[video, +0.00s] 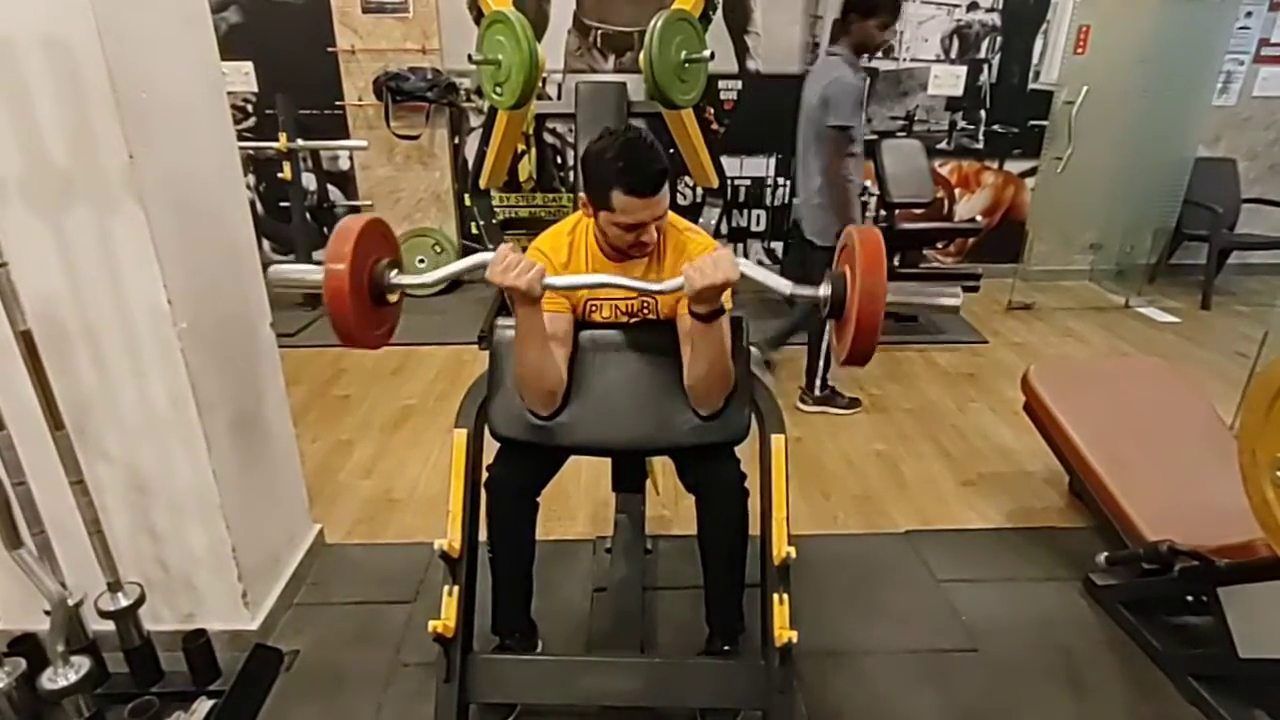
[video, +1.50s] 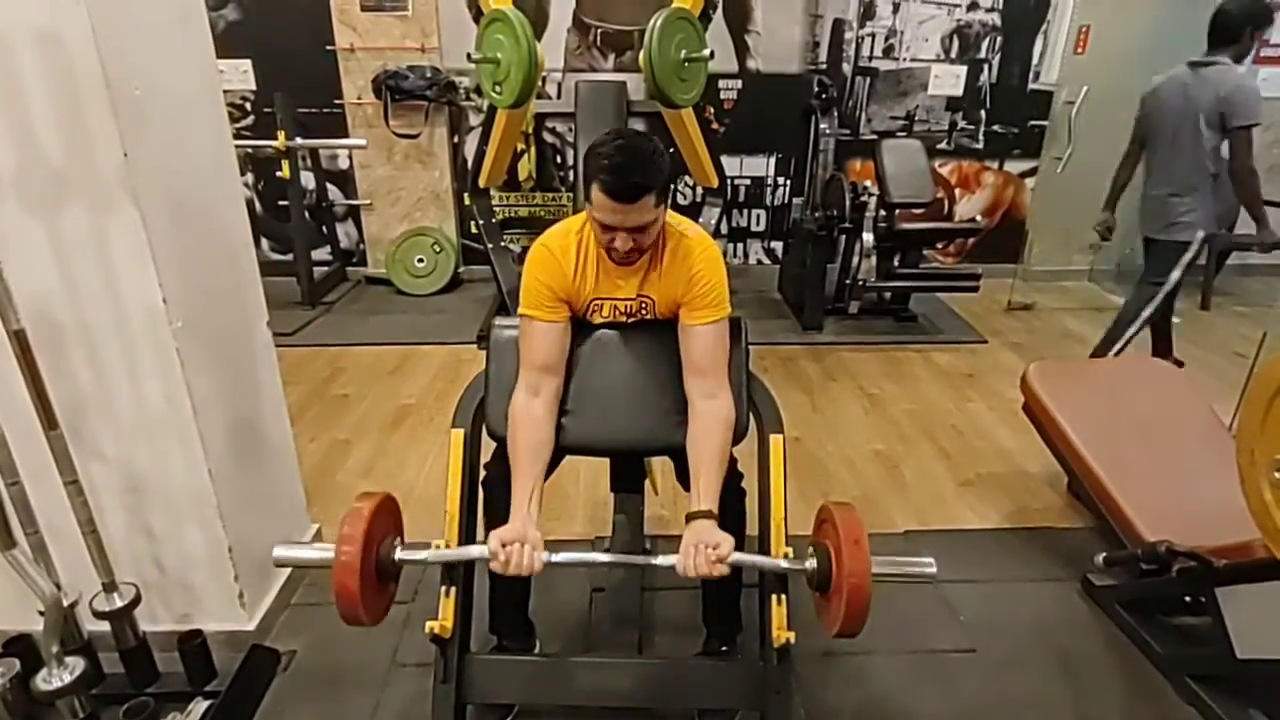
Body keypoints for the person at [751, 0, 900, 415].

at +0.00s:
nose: (887, 38)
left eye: (890, 29)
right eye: (882, 27)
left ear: (853, 23)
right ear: (854, 22)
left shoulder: (827, 67)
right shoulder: (845, 80)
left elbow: (822, 148)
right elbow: (834, 164)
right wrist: (852, 225)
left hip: (810, 207)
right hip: (827, 215)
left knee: (805, 295)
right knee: (826, 300)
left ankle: (760, 346)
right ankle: (816, 386)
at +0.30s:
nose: (982, 43)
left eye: (984, 34)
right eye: (979, 33)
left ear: (948, 29)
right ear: (955, 28)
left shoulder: (897, 75)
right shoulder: (945, 81)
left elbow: (873, 146)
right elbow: (956, 166)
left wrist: (858, 204)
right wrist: (994, 225)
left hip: (893, 212)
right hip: (916, 218)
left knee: (928, 290)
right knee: (882, 305)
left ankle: (937, 364)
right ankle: (832, 374)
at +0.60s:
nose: (1042, 29)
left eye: (1044, 20)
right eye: (1039, 19)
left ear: (1006, 19)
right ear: (1013, 18)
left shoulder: (975, 60)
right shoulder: (1004, 69)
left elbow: (960, 141)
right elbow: (990, 152)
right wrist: (1010, 222)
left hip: (956, 204)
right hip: (975, 210)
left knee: (956, 290)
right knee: (989, 296)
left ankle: (943, 370)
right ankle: (925, 358)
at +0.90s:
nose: (1137, 35)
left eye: (1139, 26)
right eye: (1134, 25)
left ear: (1096, 22)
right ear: (1109, 23)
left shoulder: (1062, 68)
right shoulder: (1093, 80)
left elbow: (1044, 145)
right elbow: (1068, 160)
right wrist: (1067, 231)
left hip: (1029, 206)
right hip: (1058, 214)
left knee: (999, 283)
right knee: (1067, 299)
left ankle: (951, 363)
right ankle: (1073, 371)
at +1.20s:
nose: (1203, 30)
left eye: (1205, 20)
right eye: (1201, 19)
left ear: (1158, 16)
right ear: (1179, 18)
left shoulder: (1113, 68)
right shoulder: (1162, 73)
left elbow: (1092, 141)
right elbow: (1146, 154)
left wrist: (1095, 192)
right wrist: (1150, 223)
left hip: (1092, 206)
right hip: (1124, 214)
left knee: (1082, 280)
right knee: (1103, 300)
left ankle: (1027, 337)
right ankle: (1080, 376)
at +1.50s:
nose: (1258, 46)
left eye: (1260, 39)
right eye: (1259, 38)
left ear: (1213, 35)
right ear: (1248, 38)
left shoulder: (1162, 86)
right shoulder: (1236, 87)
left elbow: (1132, 154)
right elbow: (1241, 168)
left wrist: (1108, 210)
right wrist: (1262, 223)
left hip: (1151, 210)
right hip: (1193, 215)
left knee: (1161, 288)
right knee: (1148, 294)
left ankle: (1162, 358)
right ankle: (1098, 362)